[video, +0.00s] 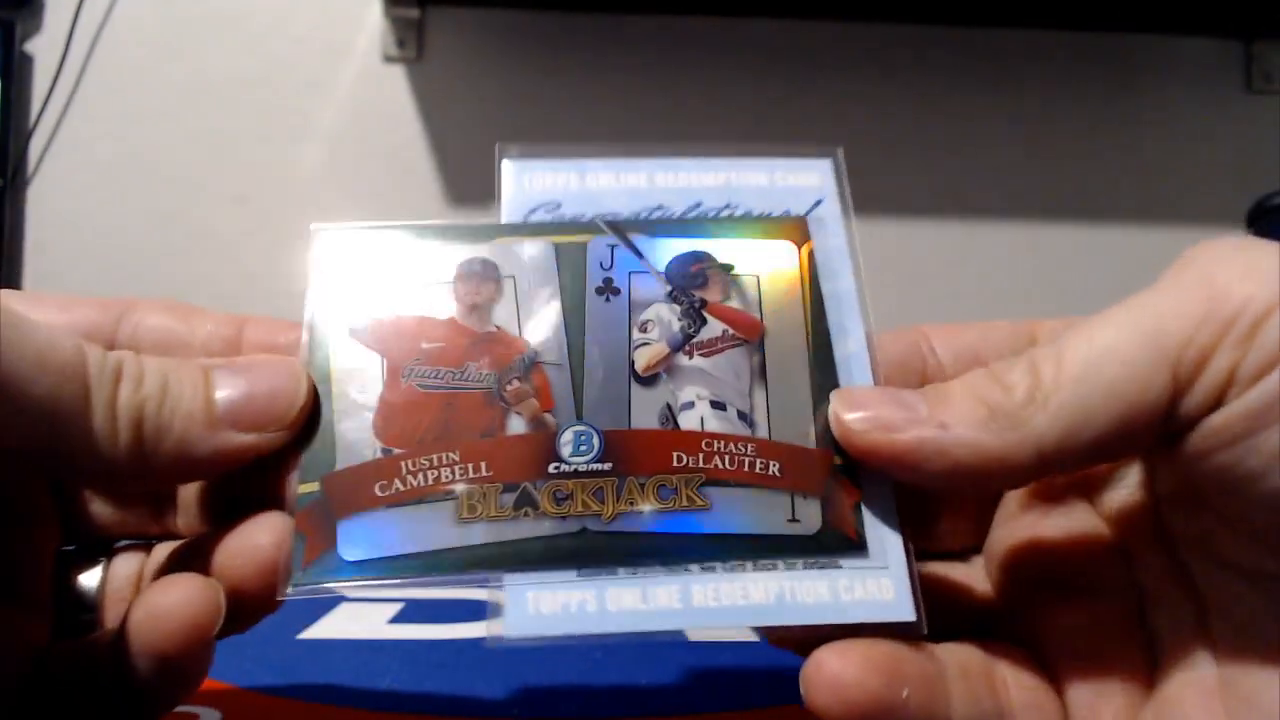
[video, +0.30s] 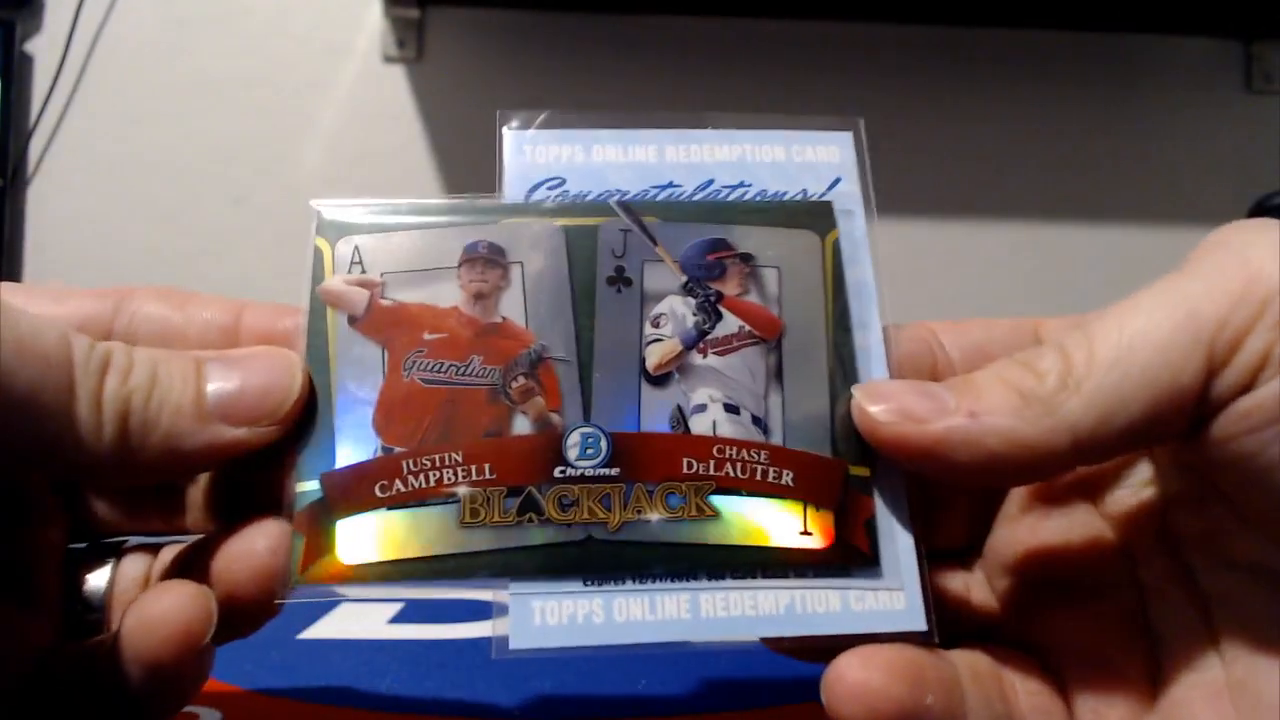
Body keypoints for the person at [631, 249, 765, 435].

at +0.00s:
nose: (727, 278)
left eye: (724, 272)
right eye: (719, 271)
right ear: (697, 274)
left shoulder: (733, 314)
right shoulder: (663, 312)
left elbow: (756, 331)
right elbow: (642, 366)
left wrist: (702, 304)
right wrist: (682, 335)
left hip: (742, 422)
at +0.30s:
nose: (744, 269)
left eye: (742, 262)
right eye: (734, 262)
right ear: (709, 268)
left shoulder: (749, 310)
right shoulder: (677, 305)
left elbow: (774, 329)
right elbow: (654, 364)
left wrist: (717, 297)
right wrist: (696, 331)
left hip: (756, 426)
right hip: (715, 420)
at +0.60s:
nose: (770, 251)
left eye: (768, 244)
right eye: (759, 244)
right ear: (733, 252)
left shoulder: (774, 292)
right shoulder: (699, 288)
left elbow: (799, 314)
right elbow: (675, 348)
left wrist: (743, 281)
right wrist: (719, 315)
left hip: (778, 415)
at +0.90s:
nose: (785, 234)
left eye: (783, 227)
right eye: (774, 227)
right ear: (750, 232)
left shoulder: (786, 275)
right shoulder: (713, 268)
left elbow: (809, 299)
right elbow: (686, 328)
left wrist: (754, 262)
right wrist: (730, 297)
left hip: (784, 397)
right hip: (742, 390)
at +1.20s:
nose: (787, 230)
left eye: (784, 223)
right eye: (775, 223)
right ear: (748, 228)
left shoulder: (787, 276)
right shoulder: (714, 266)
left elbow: (811, 296)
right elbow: (686, 327)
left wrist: (756, 259)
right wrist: (731, 295)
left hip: (783, 396)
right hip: (743, 389)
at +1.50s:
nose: (804, 251)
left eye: (801, 244)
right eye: (793, 245)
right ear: (766, 251)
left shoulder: (808, 298)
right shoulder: (734, 293)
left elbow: (833, 317)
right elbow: (711, 357)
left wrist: (776, 283)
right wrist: (753, 321)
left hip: (813, 421)